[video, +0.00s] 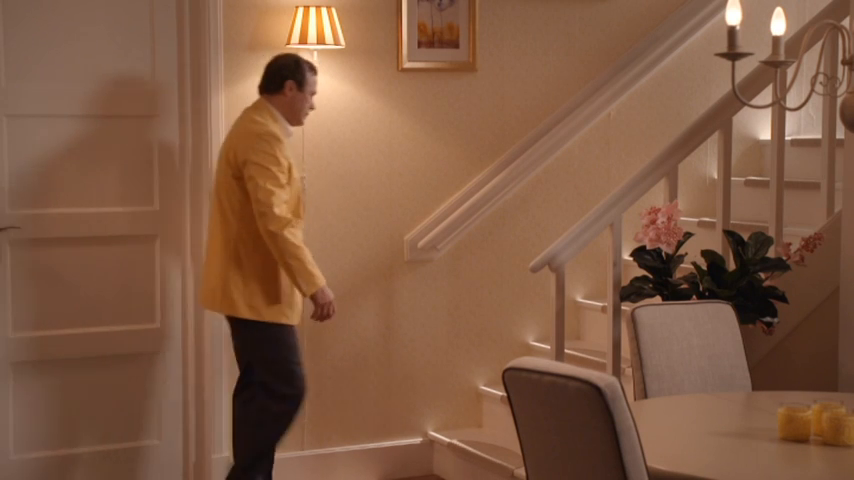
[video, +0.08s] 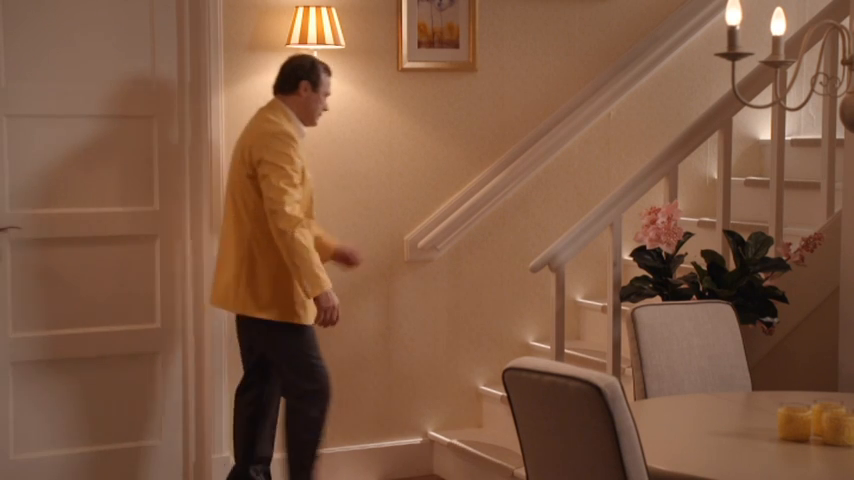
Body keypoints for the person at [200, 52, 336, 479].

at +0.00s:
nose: (313, 103)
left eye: (315, 93)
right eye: (311, 92)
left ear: (284, 88)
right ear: (289, 89)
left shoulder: (256, 128)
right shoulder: (262, 134)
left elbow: (272, 219)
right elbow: (275, 220)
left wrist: (305, 284)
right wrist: (316, 285)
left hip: (249, 285)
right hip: (255, 287)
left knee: (257, 385)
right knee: (284, 388)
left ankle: (251, 474)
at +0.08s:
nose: (327, 105)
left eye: (328, 95)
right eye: (324, 94)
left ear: (298, 89)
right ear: (303, 90)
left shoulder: (268, 128)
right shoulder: (276, 134)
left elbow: (290, 215)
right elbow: (286, 220)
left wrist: (331, 248)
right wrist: (321, 288)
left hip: (254, 286)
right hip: (273, 291)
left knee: (261, 383)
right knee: (312, 387)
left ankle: (249, 474)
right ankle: (300, 476)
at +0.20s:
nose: (347, 110)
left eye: (349, 100)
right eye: (346, 99)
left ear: (318, 93)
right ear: (326, 93)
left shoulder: (283, 130)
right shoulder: (302, 136)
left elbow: (302, 210)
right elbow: (304, 220)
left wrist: (357, 218)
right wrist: (326, 292)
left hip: (268, 290)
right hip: (295, 293)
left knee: (265, 392)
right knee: (341, 393)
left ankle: (251, 475)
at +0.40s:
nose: (385, 113)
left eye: (386, 104)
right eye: (384, 103)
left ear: (348, 96)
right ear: (367, 98)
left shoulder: (312, 138)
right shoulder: (355, 147)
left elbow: (315, 203)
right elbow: (352, 226)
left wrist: (364, 187)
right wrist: (360, 302)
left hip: (314, 293)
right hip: (352, 299)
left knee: (302, 392)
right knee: (386, 394)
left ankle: (262, 475)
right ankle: (400, 474)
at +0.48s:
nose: (401, 114)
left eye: (403, 105)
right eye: (401, 104)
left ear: (366, 96)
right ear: (385, 97)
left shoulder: (324, 137)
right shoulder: (372, 144)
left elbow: (315, 216)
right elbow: (375, 225)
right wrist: (389, 300)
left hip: (327, 287)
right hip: (367, 292)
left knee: (346, 376)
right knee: (400, 384)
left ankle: (273, 470)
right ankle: (403, 474)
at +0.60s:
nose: (422, 114)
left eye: (424, 104)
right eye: (421, 103)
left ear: (390, 96)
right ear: (402, 97)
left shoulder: (344, 134)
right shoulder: (391, 143)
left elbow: (327, 207)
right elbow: (399, 224)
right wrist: (436, 284)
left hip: (347, 279)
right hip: (383, 285)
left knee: (391, 366)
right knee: (409, 379)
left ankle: (324, 444)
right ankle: (405, 473)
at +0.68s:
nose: (433, 114)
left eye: (436, 104)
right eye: (431, 103)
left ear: (402, 96)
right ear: (409, 96)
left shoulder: (363, 127)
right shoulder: (395, 139)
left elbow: (339, 199)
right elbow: (403, 218)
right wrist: (448, 261)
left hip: (366, 276)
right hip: (387, 281)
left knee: (420, 362)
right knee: (411, 376)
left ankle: (363, 458)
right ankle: (406, 473)